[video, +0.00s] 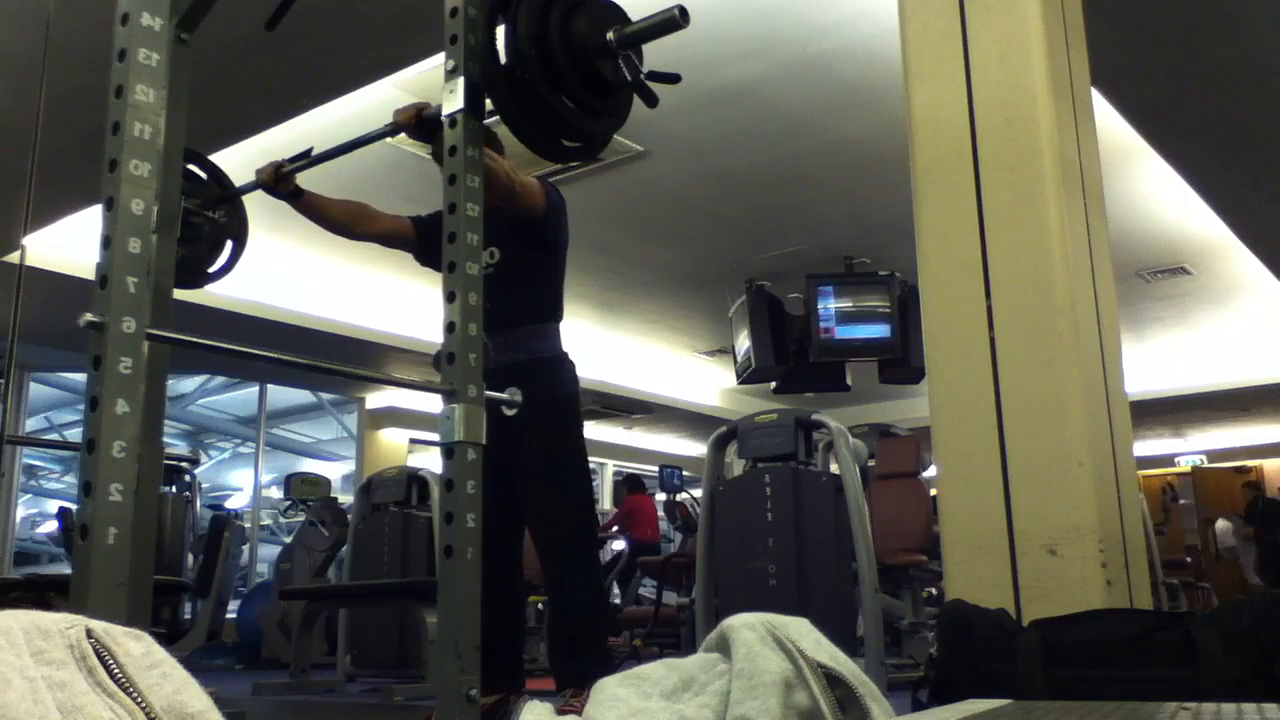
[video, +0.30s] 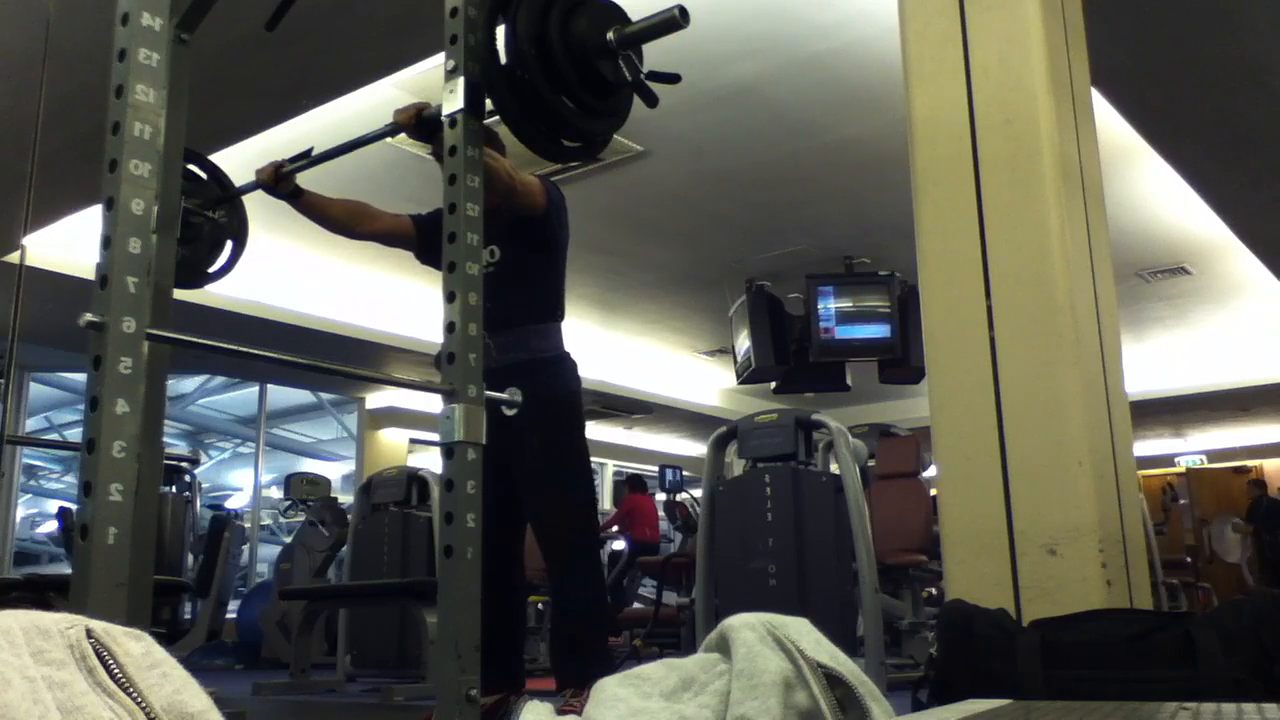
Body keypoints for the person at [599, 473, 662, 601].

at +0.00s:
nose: (624, 491)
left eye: (624, 487)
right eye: (623, 488)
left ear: (629, 487)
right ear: (642, 486)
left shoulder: (631, 500)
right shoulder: (649, 500)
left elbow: (617, 518)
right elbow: (636, 522)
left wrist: (602, 529)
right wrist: (618, 532)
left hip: (637, 545)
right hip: (654, 546)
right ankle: (634, 602)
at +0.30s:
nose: (626, 490)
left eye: (627, 487)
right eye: (627, 487)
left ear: (630, 487)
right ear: (644, 487)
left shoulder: (631, 500)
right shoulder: (650, 500)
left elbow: (615, 519)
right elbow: (637, 521)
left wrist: (600, 529)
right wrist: (620, 530)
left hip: (637, 546)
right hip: (654, 547)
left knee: (615, 576)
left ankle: (619, 606)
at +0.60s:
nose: (624, 490)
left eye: (625, 486)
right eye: (624, 486)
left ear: (630, 486)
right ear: (642, 485)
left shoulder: (630, 499)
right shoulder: (649, 499)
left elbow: (616, 519)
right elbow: (636, 523)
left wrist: (601, 529)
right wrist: (616, 534)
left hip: (636, 545)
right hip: (654, 545)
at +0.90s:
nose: (624, 490)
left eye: (625, 487)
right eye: (624, 487)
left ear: (629, 487)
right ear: (641, 486)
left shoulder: (631, 500)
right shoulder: (649, 500)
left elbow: (615, 520)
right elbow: (635, 523)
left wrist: (600, 530)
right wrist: (617, 532)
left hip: (637, 546)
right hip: (654, 546)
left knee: (608, 570)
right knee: (625, 572)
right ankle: (635, 601)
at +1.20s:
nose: (626, 490)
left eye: (627, 487)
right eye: (626, 487)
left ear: (630, 487)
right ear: (644, 487)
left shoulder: (630, 500)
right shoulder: (650, 500)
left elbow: (616, 519)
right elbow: (636, 522)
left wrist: (600, 529)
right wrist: (618, 531)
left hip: (637, 547)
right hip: (654, 547)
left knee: (613, 559)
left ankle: (618, 602)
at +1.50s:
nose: (624, 490)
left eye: (625, 487)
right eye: (624, 487)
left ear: (630, 487)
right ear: (642, 486)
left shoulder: (630, 500)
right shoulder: (649, 500)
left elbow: (615, 521)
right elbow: (634, 523)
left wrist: (599, 530)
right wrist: (615, 534)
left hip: (636, 547)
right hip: (654, 547)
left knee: (605, 553)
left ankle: (611, 586)